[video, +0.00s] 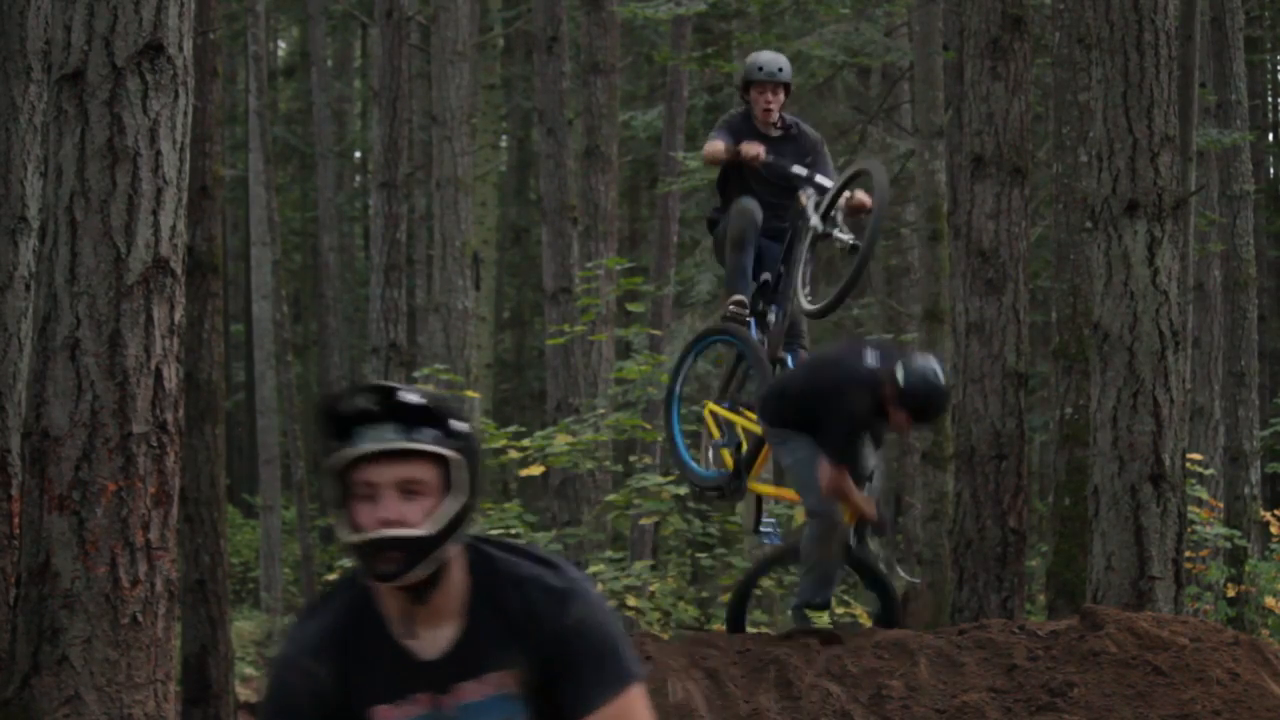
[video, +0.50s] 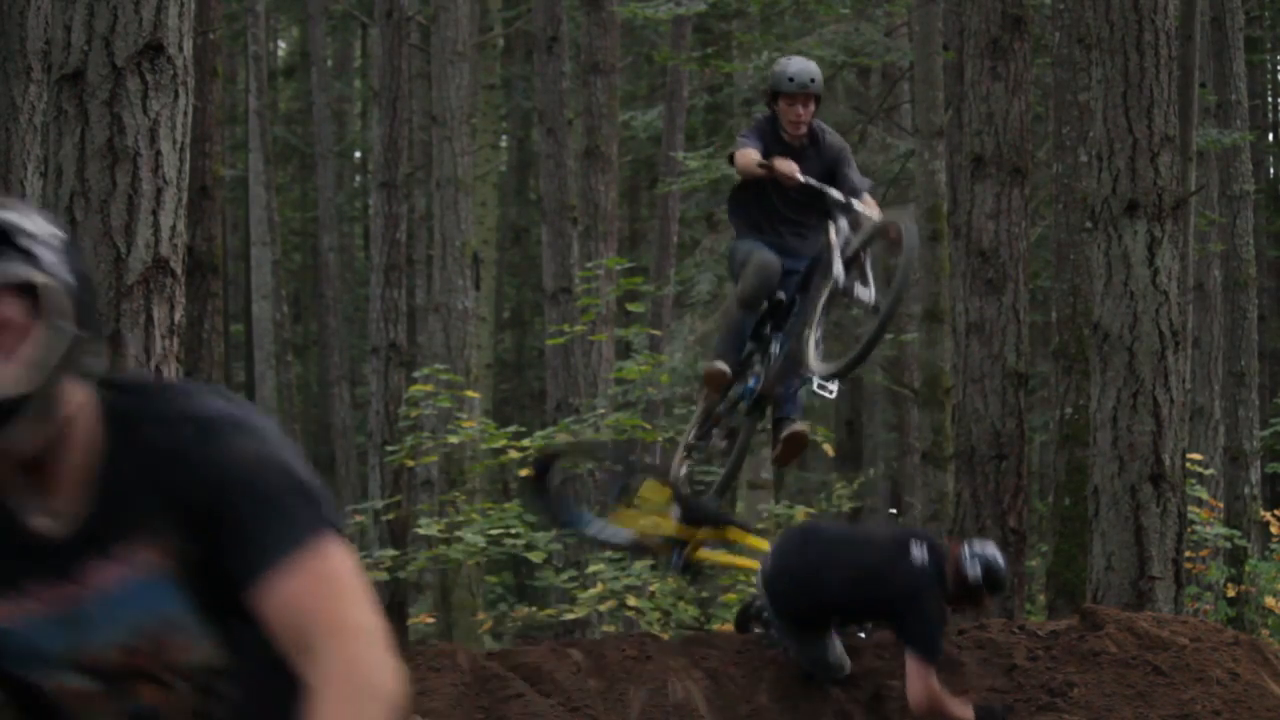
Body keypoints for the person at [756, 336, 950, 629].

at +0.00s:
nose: (908, 428)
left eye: (915, 422)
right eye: (910, 418)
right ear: (896, 399)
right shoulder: (854, 398)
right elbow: (832, 480)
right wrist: (864, 507)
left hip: (828, 416)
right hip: (788, 423)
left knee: (865, 473)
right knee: (825, 509)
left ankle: (858, 541)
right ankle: (811, 606)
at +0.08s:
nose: (915, 456)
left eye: (922, 451)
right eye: (918, 447)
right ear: (908, 430)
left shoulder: (895, 394)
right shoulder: (868, 432)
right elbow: (846, 521)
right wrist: (878, 561)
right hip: (782, 436)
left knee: (857, 508)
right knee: (832, 517)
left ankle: (861, 573)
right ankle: (816, 590)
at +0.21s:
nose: (927, 515)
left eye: (935, 513)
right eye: (933, 510)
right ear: (925, 492)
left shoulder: (910, 440)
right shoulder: (884, 483)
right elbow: (863, 570)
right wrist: (911, 615)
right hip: (776, 474)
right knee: (832, 574)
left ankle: (845, 608)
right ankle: (793, 613)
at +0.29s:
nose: (936, 536)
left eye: (944, 534)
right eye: (943, 532)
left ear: (939, 488)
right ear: (938, 516)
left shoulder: (909, 459)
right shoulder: (889, 508)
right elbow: (879, 601)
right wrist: (930, 632)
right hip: (780, 500)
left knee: (849, 557)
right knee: (832, 610)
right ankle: (789, 606)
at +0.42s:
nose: (962, 580)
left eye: (968, 577)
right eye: (967, 573)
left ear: (957, 528)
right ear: (961, 558)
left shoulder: (920, 515)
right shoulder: (913, 562)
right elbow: (912, 661)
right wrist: (967, 680)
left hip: (799, 513)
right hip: (785, 558)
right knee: (830, 668)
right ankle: (774, 622)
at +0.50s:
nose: (973, 607)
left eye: (979, 602)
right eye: (977, 599)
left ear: (960, 550)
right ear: (968, 587)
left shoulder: (926, 544)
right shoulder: (925, 602)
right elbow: (921, 699)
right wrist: (963, 710)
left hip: (799, 539)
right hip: (789, 590)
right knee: (836, 669)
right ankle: (768, 623)